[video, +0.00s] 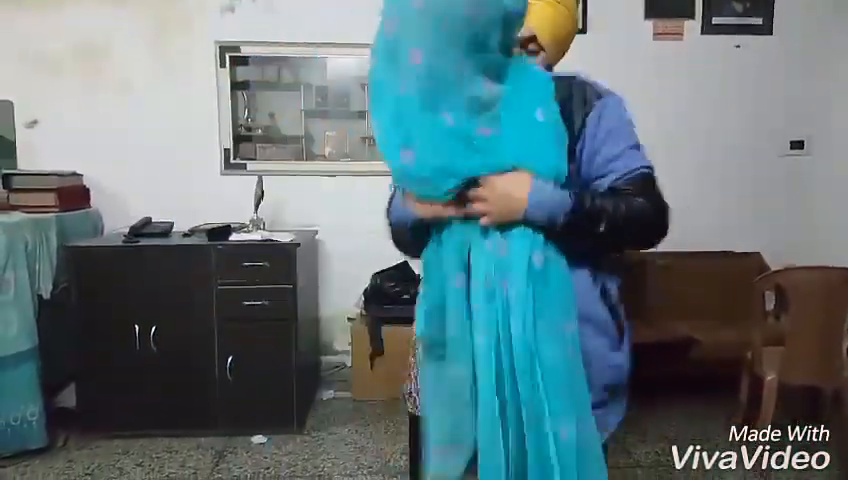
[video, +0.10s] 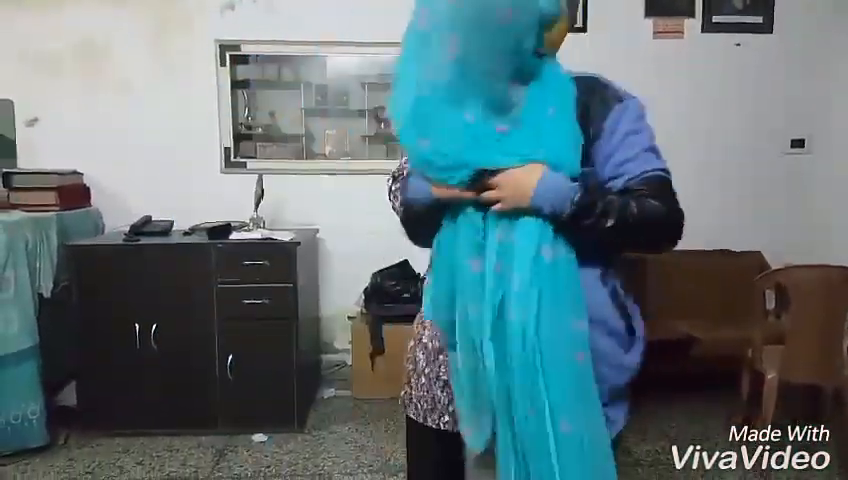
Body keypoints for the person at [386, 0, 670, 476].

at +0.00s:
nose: (517, 48)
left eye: (531, 39)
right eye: (504, 36)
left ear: (563, 35)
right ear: (480, 35)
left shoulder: (588, 105)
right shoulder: (451, 106)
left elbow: (646, 214)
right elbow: (406, 236)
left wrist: (536, 201)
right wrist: (414, 209)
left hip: (568, 366)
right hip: (461, 369)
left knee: (563, 466)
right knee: (460, 468)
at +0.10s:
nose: (530, 31)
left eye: (546, 18)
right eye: (517, 17)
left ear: (565, 23)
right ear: (489, 20)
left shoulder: (597, 104)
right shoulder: (459, 101)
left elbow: (661, 218)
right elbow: (416, 227)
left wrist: (552, 192)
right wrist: (423, 189)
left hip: (568, 358)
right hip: (453, 355)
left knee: (564, 468)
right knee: (433, 470)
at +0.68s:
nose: (440, 29)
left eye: (452, 16)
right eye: (423, 19)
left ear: (471, 31)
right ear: (395, 39)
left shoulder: (485, 106)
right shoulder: (367, 105)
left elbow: (544, 146)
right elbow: (353, 156)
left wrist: (471, 69)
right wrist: (408, 75)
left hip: (487, 340)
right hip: (397, 344)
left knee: (517, 470)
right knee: (398, 473)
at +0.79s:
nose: (421, 25)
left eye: (434, 13)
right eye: (405, 15)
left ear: (455, 30)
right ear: (380, 40)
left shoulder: (478, 102)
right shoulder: (359, 104)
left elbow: (537, 142)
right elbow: (338, 151)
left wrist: (459, 68)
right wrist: (398, 74)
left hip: (484, 341)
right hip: (391, 346)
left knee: (512, 470)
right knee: (394, 473)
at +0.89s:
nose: (410, 28)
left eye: (425, 16)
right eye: (395, 18)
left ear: (451, 33)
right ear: (374, 44)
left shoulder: (477, 97)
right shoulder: (358, 103)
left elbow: (520, 146)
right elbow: (331, 153)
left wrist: (446, 68)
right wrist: (388, 76)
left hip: (482, 344)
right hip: (389, 349)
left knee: (501, 471)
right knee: (395, 473)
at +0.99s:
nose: (406, 30)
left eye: (422, 16)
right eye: (391, 19)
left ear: (450, 32)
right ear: (371, 43)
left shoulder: (477, 97)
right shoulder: (358, 107)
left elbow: (515, 147)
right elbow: (322, 156)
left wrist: (443, 69)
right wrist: (383, 78)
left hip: (480, 344)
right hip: (388, 349)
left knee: (502, 470)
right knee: (393, 473)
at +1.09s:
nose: (409, 40)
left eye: (424, 25)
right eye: (393, 26)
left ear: (451, 37)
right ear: (373, 42)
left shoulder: (479, 98)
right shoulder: (357, 108)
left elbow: (513, 159)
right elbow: (320, 168)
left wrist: (449, 72)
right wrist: (377, 77)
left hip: (483, 345)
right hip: (388, 350)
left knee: (504, 470)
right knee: (394, 473)